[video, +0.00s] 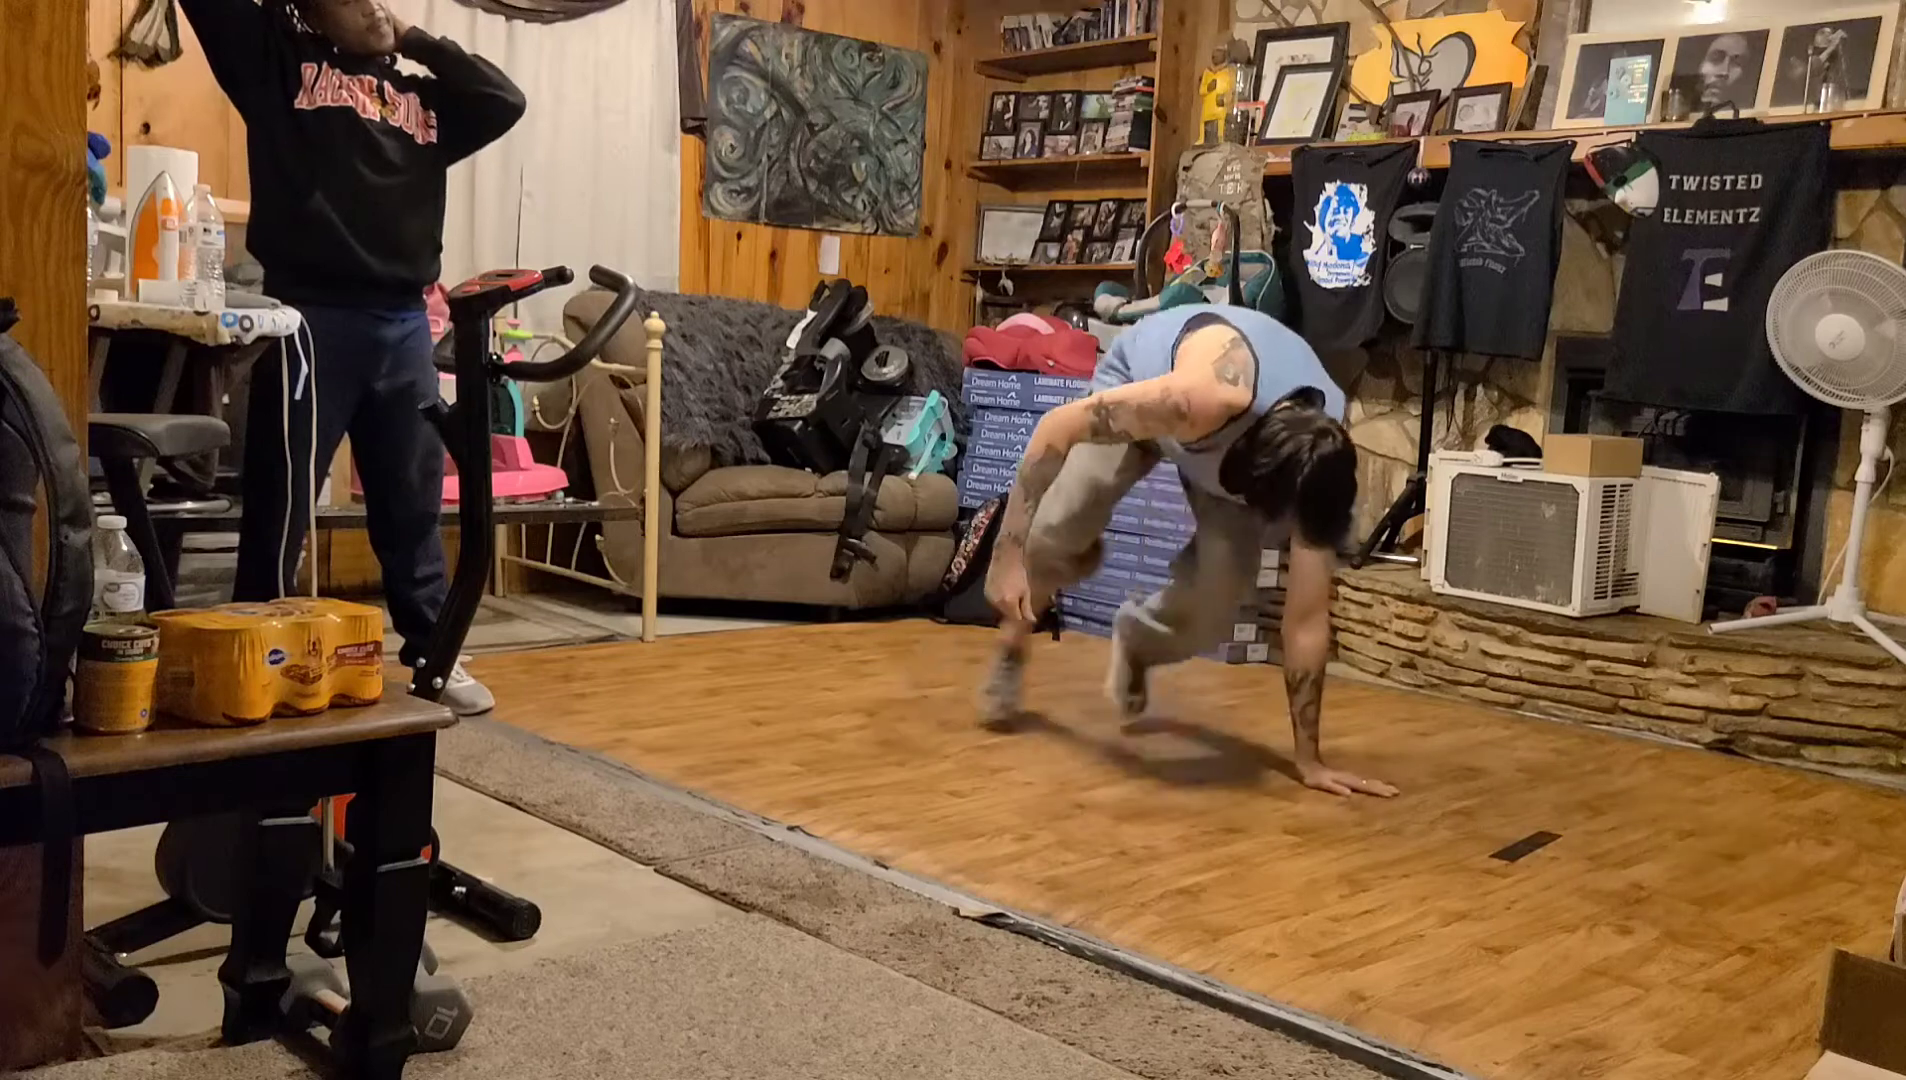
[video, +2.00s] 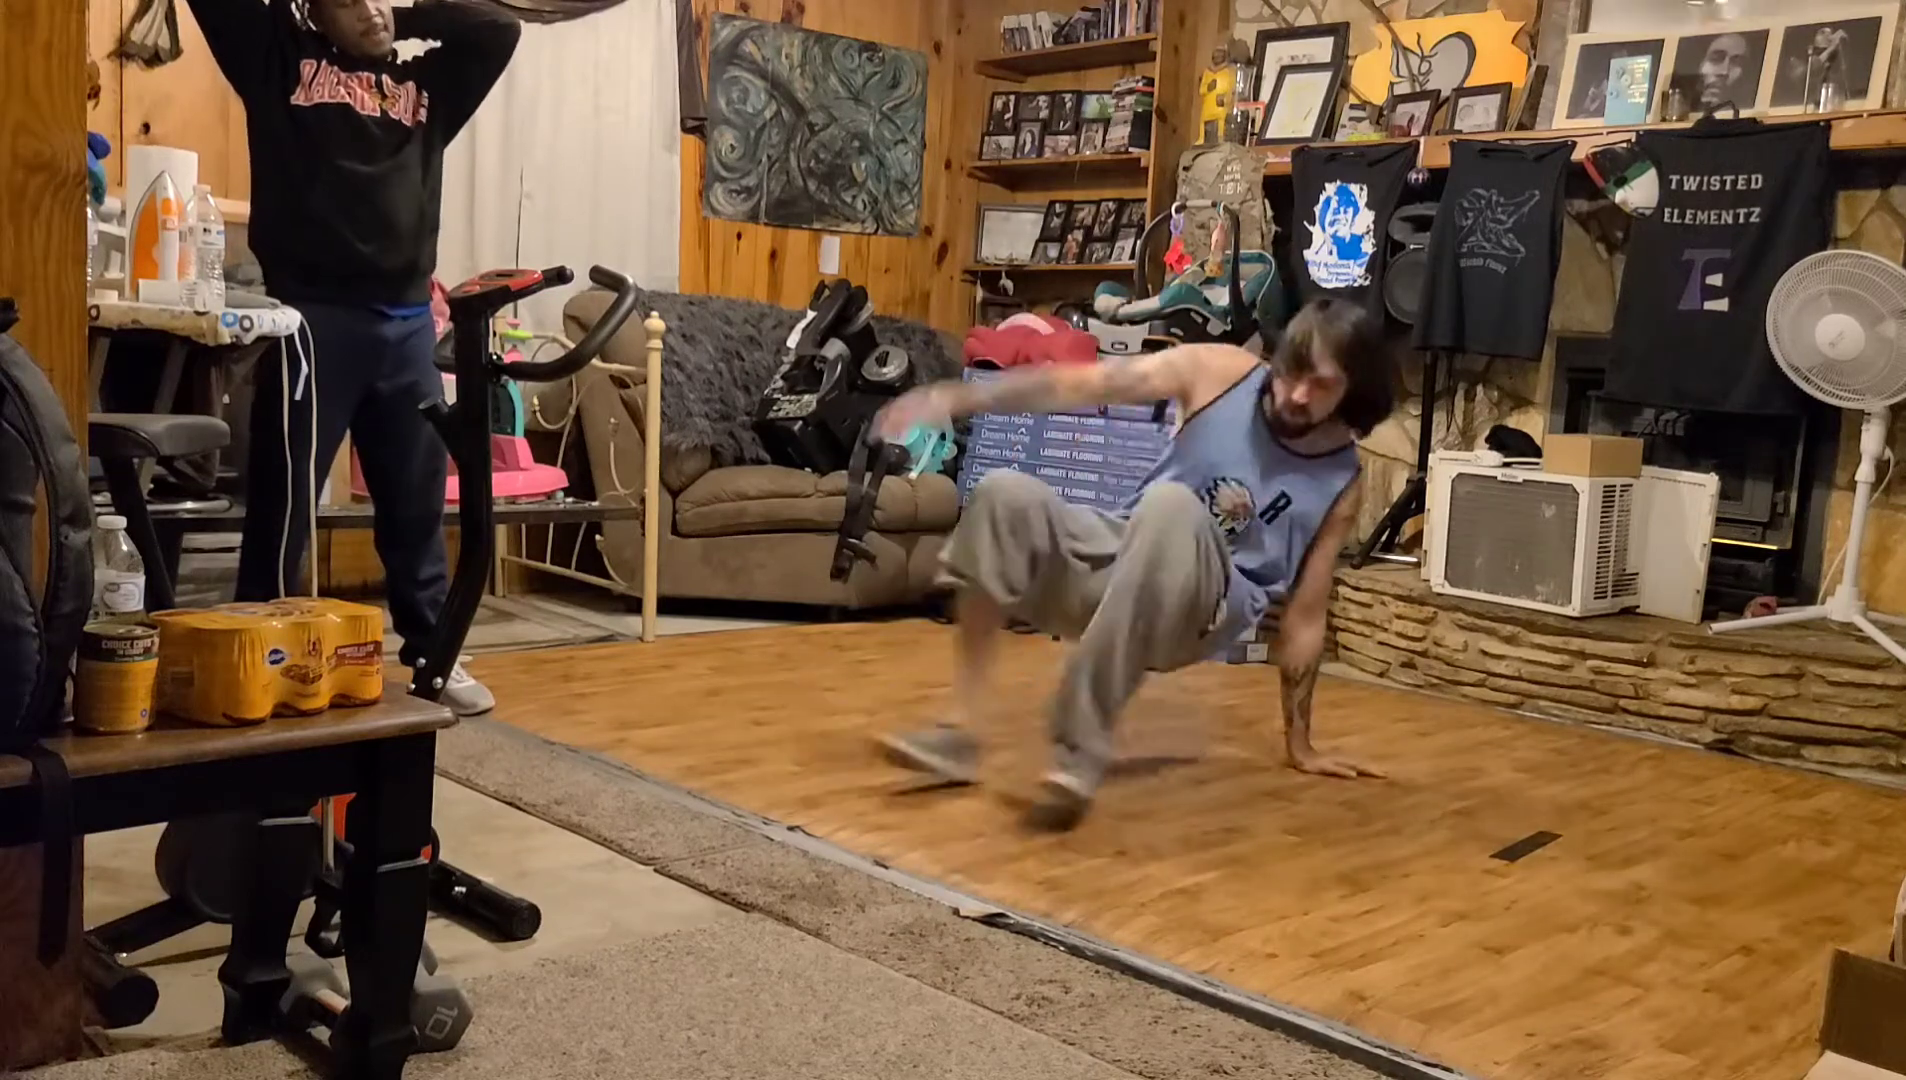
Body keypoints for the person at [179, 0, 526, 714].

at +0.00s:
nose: (381, 8)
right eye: (359, 1)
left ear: (383, 12)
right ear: (313, 14)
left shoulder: (420, 100)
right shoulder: (275, 59)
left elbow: (504, 102)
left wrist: (419, 42)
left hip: (402, 325)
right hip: (309, 321)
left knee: (413, 504)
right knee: (281, 505)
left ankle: (432, 657)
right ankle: (254, 664)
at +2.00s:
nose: (378, 11)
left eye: (378, 0)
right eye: (354, 3)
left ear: (387, 12)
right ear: (315, 15)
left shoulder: (425, 85)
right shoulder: (277, 58)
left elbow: (500, 30)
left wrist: (414, 15)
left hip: (406, 324)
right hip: (311, 322)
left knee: (417, 504)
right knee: (284, 506)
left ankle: (431, 658)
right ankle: (256, 665)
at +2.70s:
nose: (376, 10)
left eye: (382, 1)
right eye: (355, 1)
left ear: (393, 15)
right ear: (318, 13)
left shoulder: (432, 91)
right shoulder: (278, 56)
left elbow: (505, 36)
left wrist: (415, 18)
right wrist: (295, 11)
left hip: (406, 324)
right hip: (309, 320)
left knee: (418, 504)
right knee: (283, 500)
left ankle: (432, 658)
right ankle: (252, 662)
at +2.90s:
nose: (376, 8)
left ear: (395, 14)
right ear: (320, 14)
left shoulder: (431, 97)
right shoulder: (279, 57)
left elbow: (508, 63)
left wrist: (420, 29)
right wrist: (291, 11)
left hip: (406, 324)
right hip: (310, 319)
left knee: (418, 503)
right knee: (285, 499)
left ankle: (433, 656)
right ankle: (253, 660)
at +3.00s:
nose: (378, 9)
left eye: (382, 0)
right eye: (356, 1)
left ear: (392, 15)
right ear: (319, 15)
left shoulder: (430, 99)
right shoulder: (279, 57)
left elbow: (506, 74)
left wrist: (420, 33)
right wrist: (290, 10)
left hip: (407, 323)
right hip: (311, 318)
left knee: (418, 503)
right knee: (284, 499)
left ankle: (432, 658)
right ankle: (254, 662)